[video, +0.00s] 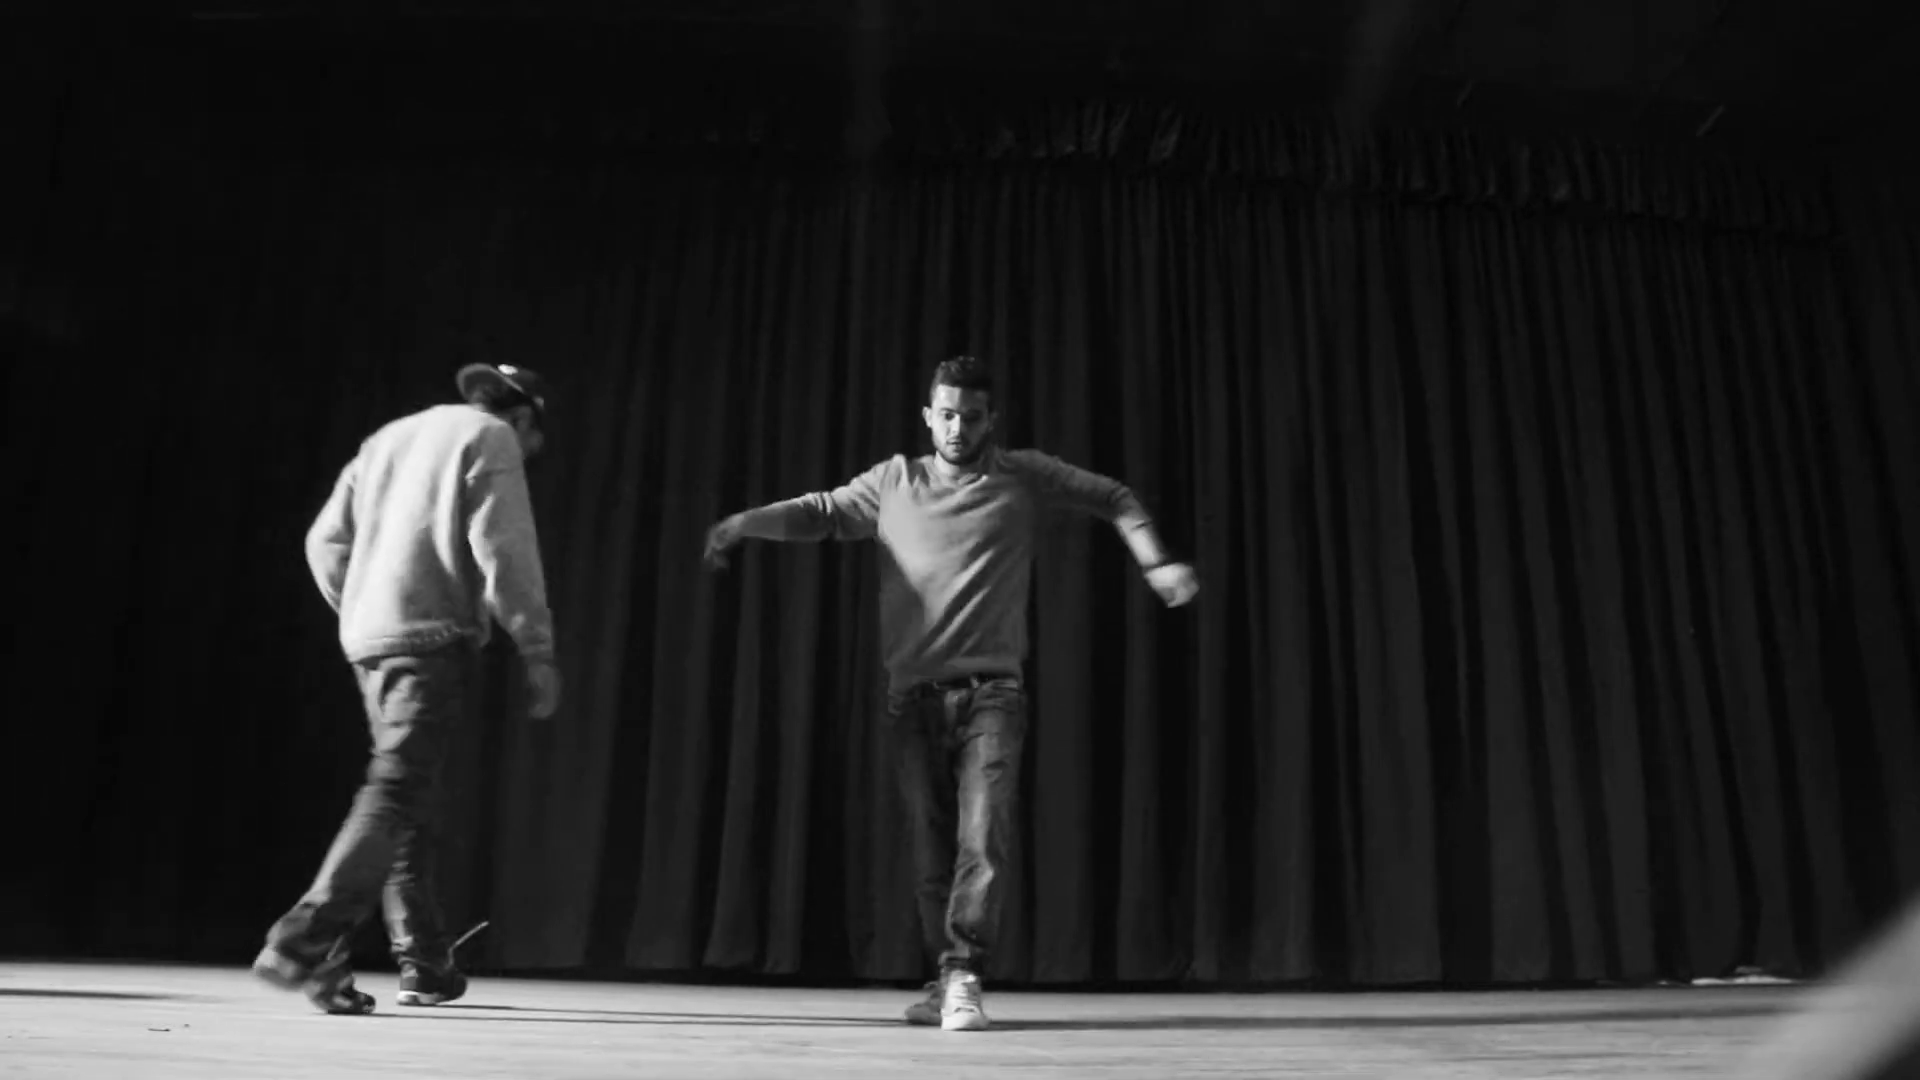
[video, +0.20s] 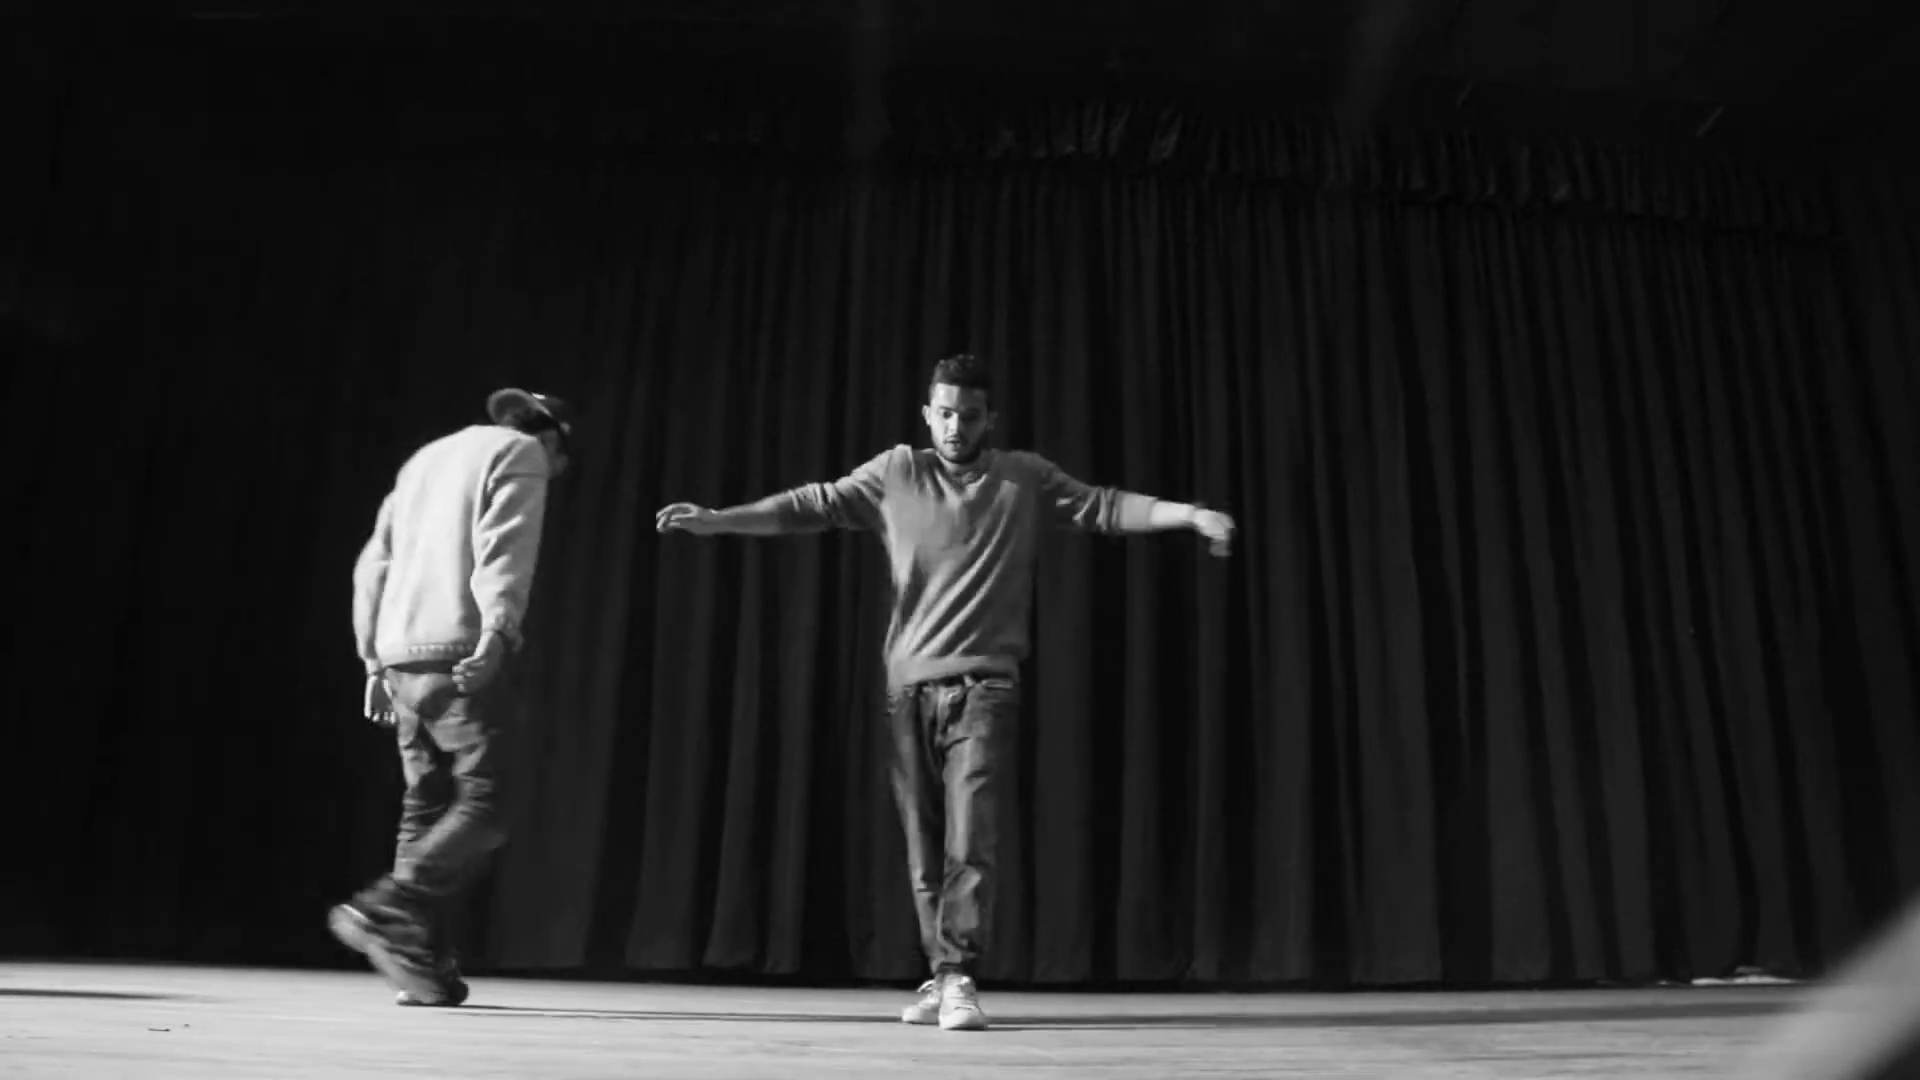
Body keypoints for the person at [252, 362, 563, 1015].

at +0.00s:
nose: (528, 449)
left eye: (532, 440)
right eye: (531, 435)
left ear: (478, 399)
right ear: (517, 414)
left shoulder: (384, 440)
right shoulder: (488, 435)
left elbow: (325, 540)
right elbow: (503, 547)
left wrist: (366, 614)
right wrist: (538, 654)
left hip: (366, 636)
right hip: (428, 634)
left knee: (404, 797)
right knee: (391, 793)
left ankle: (424, 966)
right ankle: (303, 950)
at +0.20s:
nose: (550, 472)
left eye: (555, 465)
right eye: (552, 459)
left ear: (499, 420)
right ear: (541, 436)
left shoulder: (422, 460)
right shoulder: (520, 448)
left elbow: (372, 563)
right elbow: (503, 545)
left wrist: (375, 659)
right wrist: (498, 636)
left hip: (402, 668)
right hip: (459, 663)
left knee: (422, 809)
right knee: (486, 804)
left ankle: (422, 964)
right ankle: (391, 905)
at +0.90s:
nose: (717, 509)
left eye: (722, 498)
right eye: (718, 497)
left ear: (662, 475)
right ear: (698, 485)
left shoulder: (584, 515)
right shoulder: (682, 528)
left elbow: (545, 614)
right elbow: (686, 639)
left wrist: (558, 693)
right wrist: (692, 726)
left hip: (570, 704)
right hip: (635, 707)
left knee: (576, 820)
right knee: (637, 841)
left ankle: (497, 911)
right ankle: (613, 973)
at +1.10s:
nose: (751, 506)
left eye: (753, 496)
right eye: (748, 494)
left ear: (698, 484)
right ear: (720, 485)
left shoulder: (624, 532)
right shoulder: (713, 532)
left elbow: (596, 630)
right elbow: (728, 632)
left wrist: (608, 711)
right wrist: (749, 715)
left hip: (623, 708)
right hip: (677, 707)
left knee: (649, 837)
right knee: (656, 840)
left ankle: (622, 965)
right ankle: (605, 962)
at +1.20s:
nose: (766, 511)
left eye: (768, 502)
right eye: (763, 499)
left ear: (712, 489)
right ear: (739, 489)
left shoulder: (647, 541)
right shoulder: (729, 535)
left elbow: (622, 639)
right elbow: (744, 636)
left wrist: (637, 718)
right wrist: (774, 721)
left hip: (649, 716)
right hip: (696, 713)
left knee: (695, 845)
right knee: (666, 842)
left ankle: (689, 968)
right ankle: (617, 966)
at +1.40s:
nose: (817, 524)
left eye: (816, 514)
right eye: (809, 513)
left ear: (760, 513)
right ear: (781, 513)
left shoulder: (707, 565)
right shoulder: (762, 557)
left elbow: (682, 657)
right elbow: (767, 647)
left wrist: (693, 723)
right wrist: (794, 729)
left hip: (698, 724)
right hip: (734, 723)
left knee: (755, 850)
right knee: (694, 842)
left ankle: (781, 972)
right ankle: (622, 957)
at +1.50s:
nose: (843, 539)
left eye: (844, 529)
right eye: (836, 528)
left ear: (803, 522)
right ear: (807, 523)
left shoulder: (764, 560)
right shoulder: (778, 560)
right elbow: (774, 649)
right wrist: (793, 729)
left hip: (743, 721)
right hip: (749, 722)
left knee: (782, 851)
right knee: (741, 846)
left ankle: (786, 970)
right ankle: (641, 942)